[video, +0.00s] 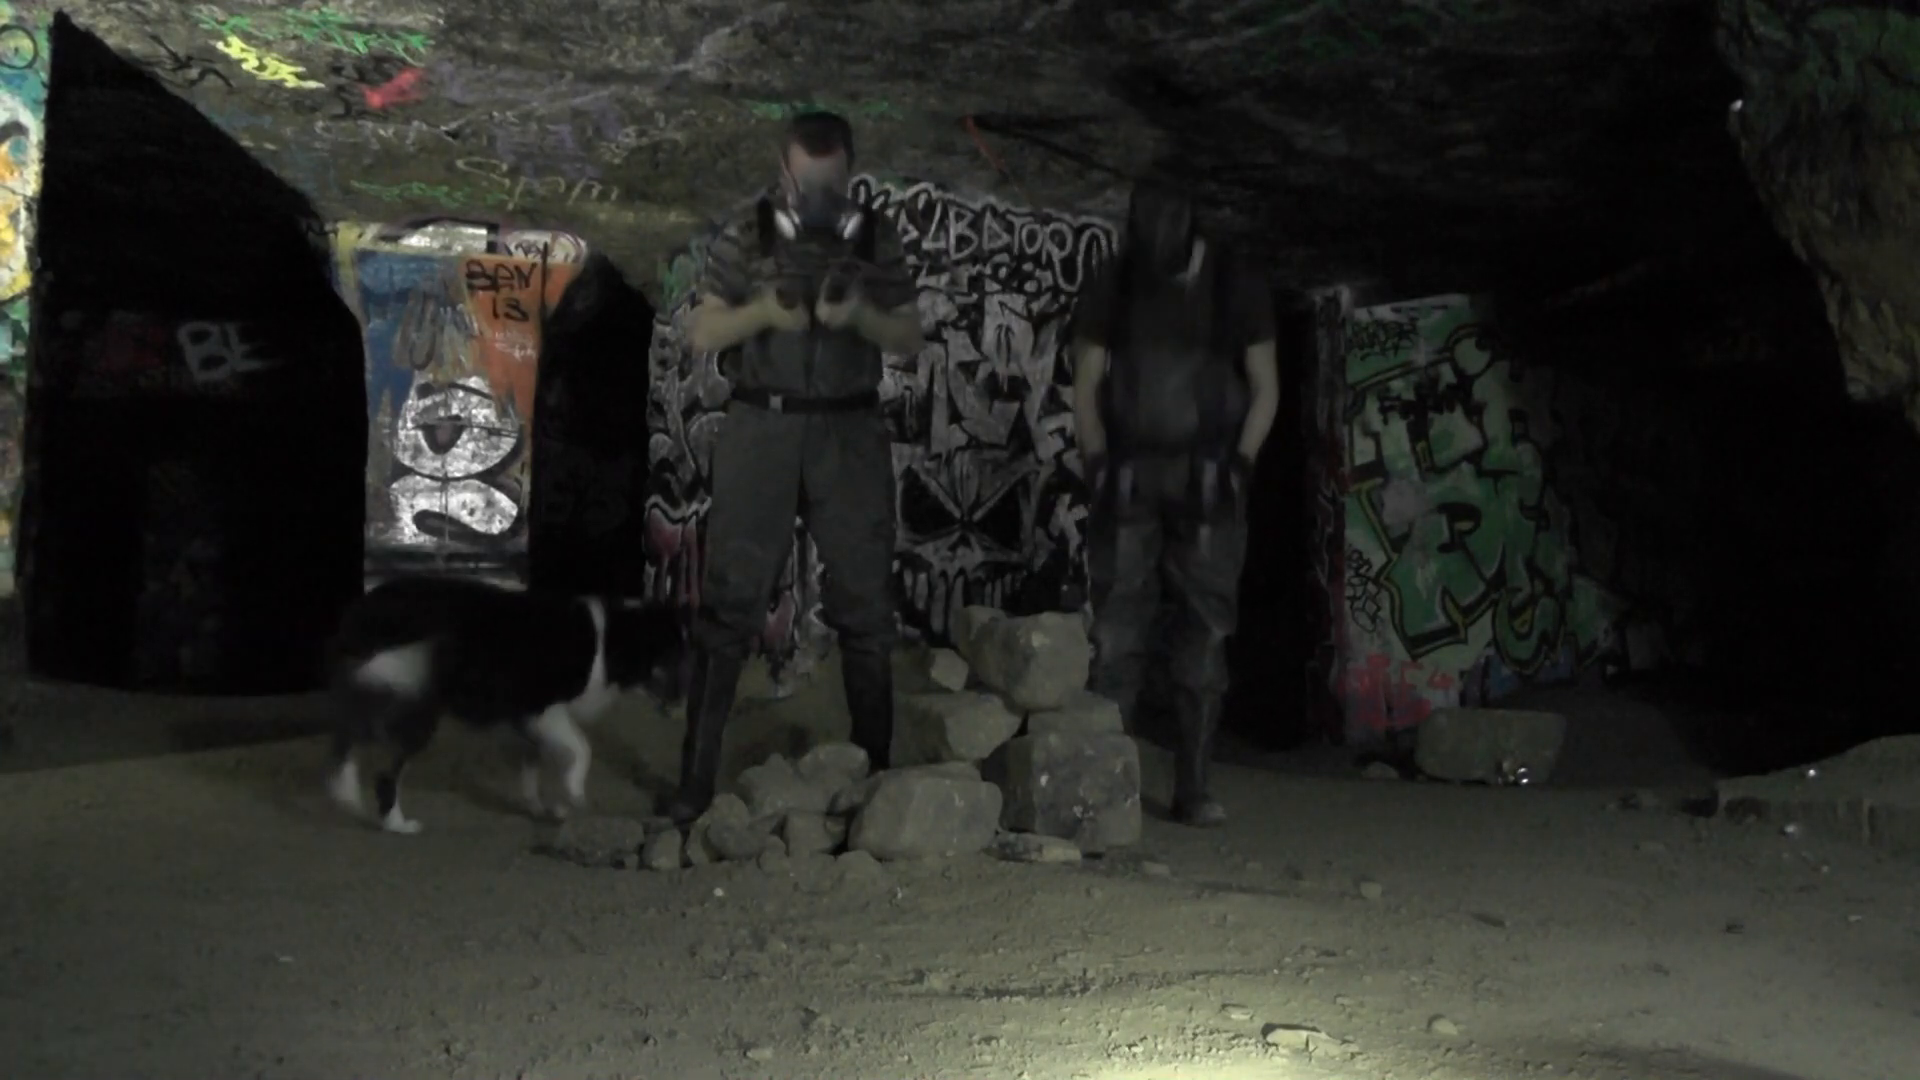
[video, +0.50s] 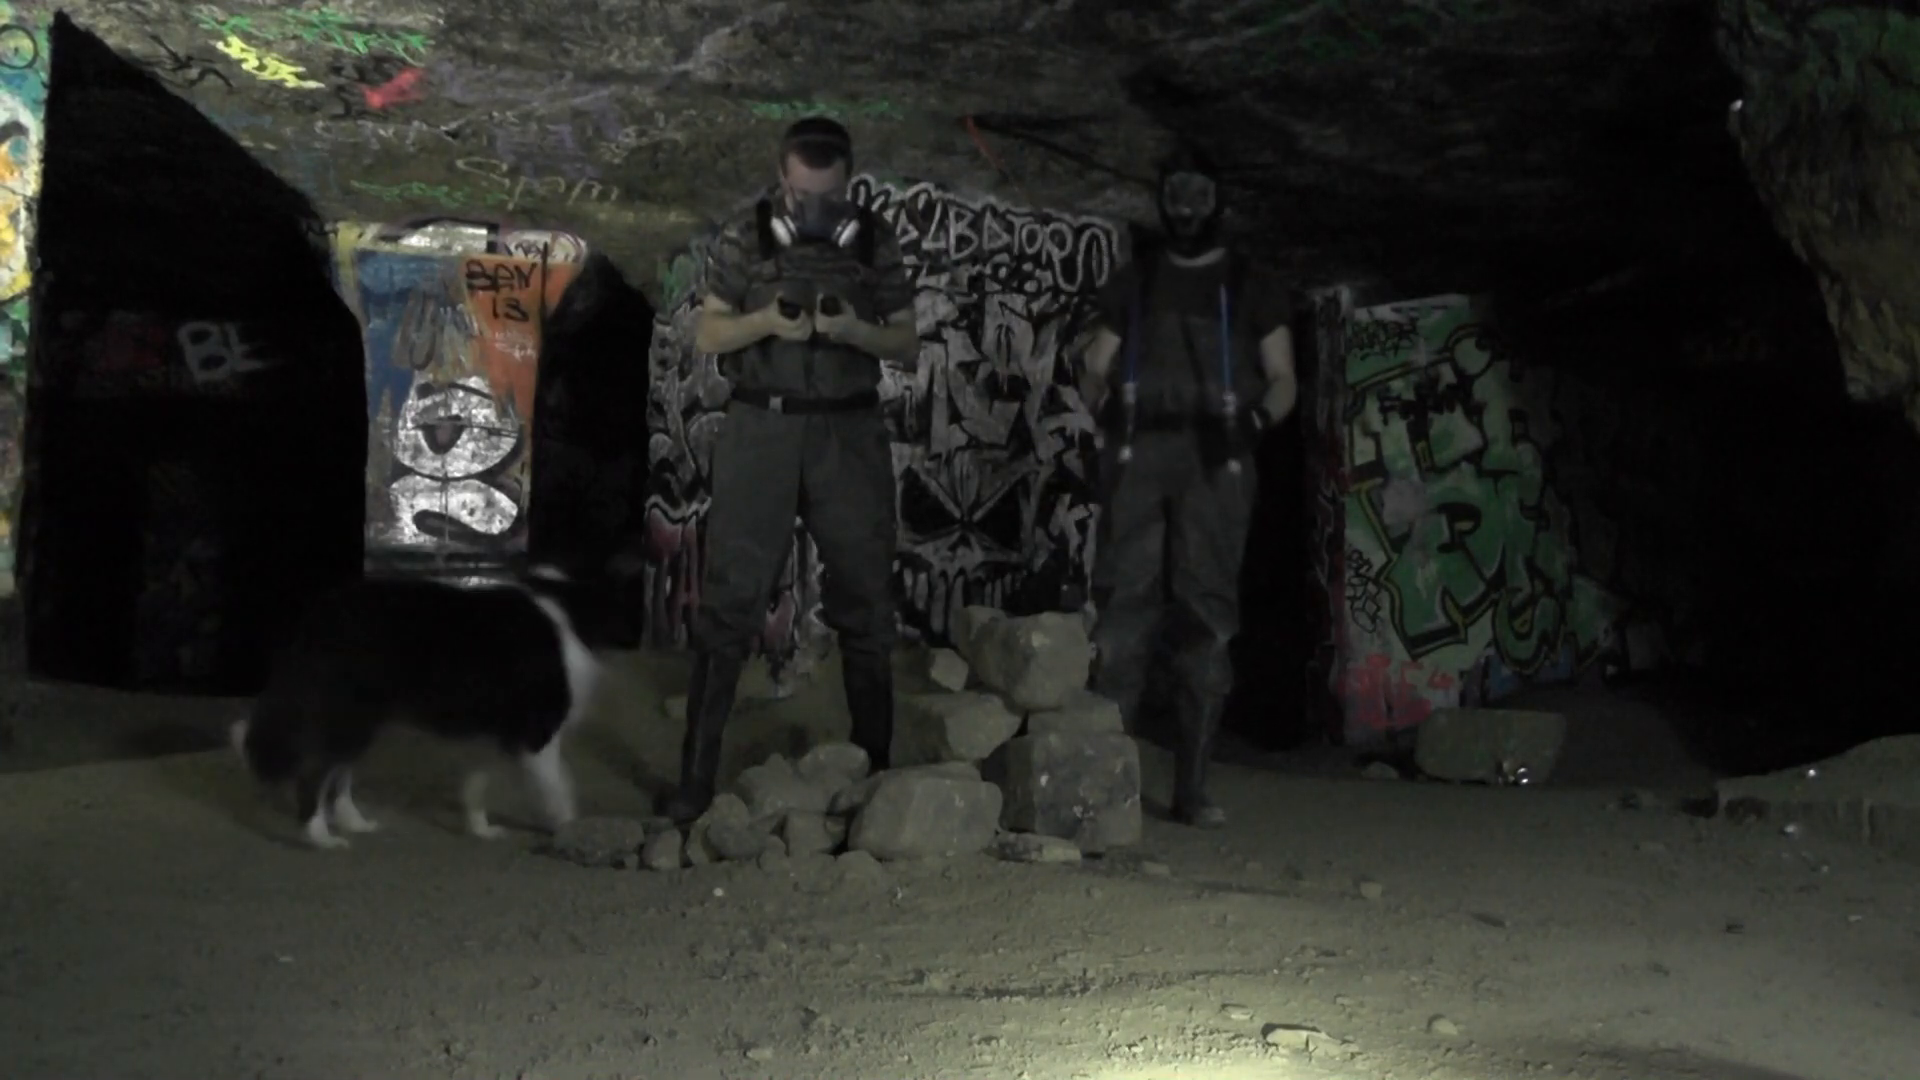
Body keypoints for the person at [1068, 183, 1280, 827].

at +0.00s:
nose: (1160, 226)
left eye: (1172, 213)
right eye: (1151, 212)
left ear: (1194, 215)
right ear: (1138, 216)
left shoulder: (1236, 283)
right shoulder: (1114, 283)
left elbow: (1265, 388)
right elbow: (1085, 389)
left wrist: (1236, 469)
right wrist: (1102, 469)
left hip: (1210, 489)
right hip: (1127, 487)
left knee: (1205, 637)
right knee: (1117, 638)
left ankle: (1193, 787)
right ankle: (1104, 787)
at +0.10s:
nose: (1165, 209)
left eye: (1176, 194)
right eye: (1154, 195)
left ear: (1198, 198)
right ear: (1140, 199)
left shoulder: (1237, 271)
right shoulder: (1120, 270)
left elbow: (1268, 379)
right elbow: (1081, 375)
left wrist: (1238, 448)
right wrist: (1102, 453)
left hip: (1209, 474)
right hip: (1128, 472)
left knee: (1203, 623)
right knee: (1120, 621)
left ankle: (1192, 783)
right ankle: (1108, 782)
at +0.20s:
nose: (1172, 200)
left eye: (1185, 186)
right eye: (1162, 186)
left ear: (1207, 192)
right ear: (1147, 192)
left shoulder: (1239, 272)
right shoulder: (1121, 270)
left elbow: (1270, 376)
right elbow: (1082, 372)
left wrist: (1240, 437)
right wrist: (1100, 437)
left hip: (1210, 468)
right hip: (1129, 467)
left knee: (1204, 618)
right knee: (1121, 616)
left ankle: (1193, 782)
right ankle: (1108, 782)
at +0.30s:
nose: (1178, 203)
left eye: (1190, 189)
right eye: (1168, 189)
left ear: (1210, 195)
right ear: (1152, 195)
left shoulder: (1243, 278)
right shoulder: (1126, 274)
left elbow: (1273, 379)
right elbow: (1083, 370)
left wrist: (1243, 426)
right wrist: (1108, 425)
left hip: (1212, 464)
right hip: (1132, 463)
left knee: (1204, 613)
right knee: (1124, 611)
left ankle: (1192, 783)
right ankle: (1106, 782)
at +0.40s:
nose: (1184, 207)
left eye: (1195, 194)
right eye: (1173, 193)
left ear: (1214, 200)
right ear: (1157, 200)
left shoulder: (1245, 281)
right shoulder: (1130, 279)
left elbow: (1278, 380)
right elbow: (1089, 368)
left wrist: (1244, 426)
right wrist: (1101, 422)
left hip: (1214, 463)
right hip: (1135, 462)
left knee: (1205, 612)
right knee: (1125, 611)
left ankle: (1193, 784)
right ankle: (1104, 781)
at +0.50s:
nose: (1186, 211)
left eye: (1198, 197)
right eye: (1176, 197)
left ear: (1217, 203)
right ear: (1161, 202)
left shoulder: (1250, 282)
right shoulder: (1137, 278)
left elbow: (1282, 383)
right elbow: (1094, 368)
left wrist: (1248, 431)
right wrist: (1111, 428)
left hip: (1214, 467)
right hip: (1138, 465)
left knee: (1206, 616)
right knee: (1125, 612)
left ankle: (1191, 786)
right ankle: (1107, 782)